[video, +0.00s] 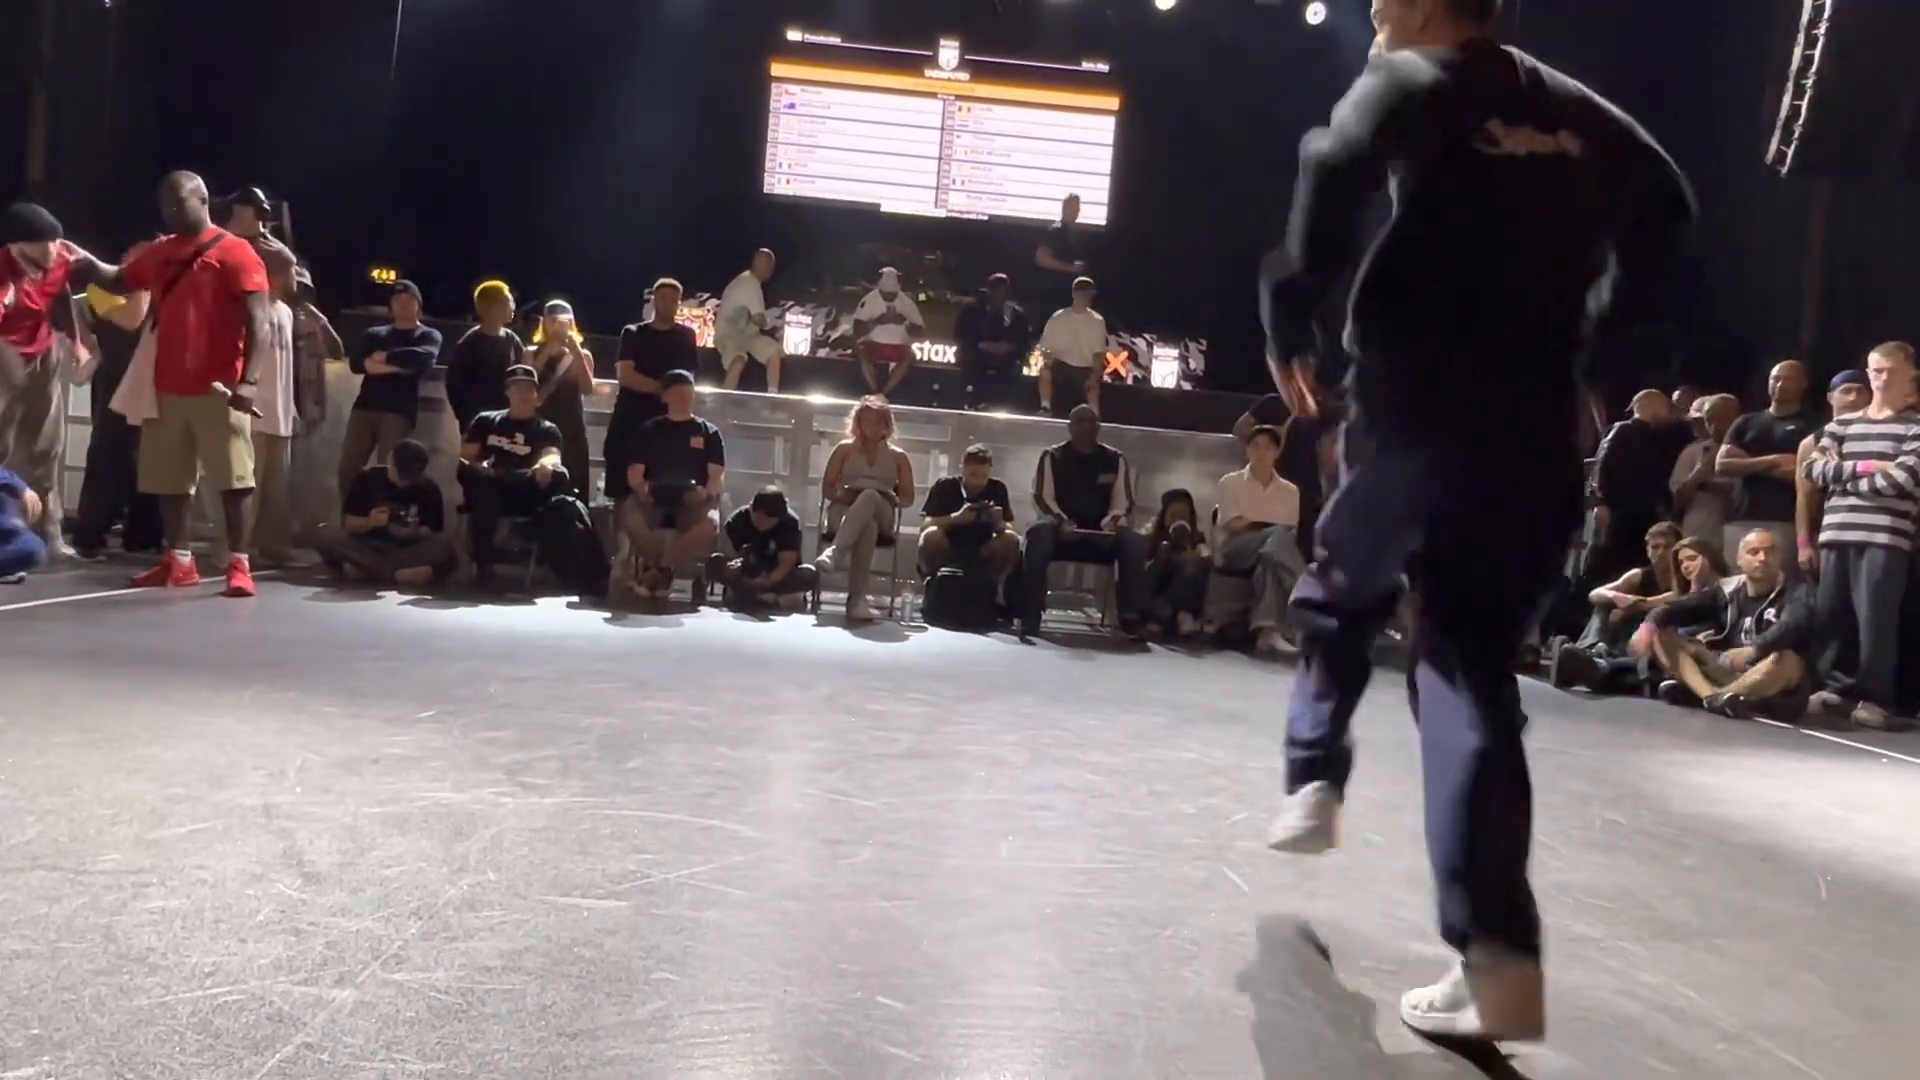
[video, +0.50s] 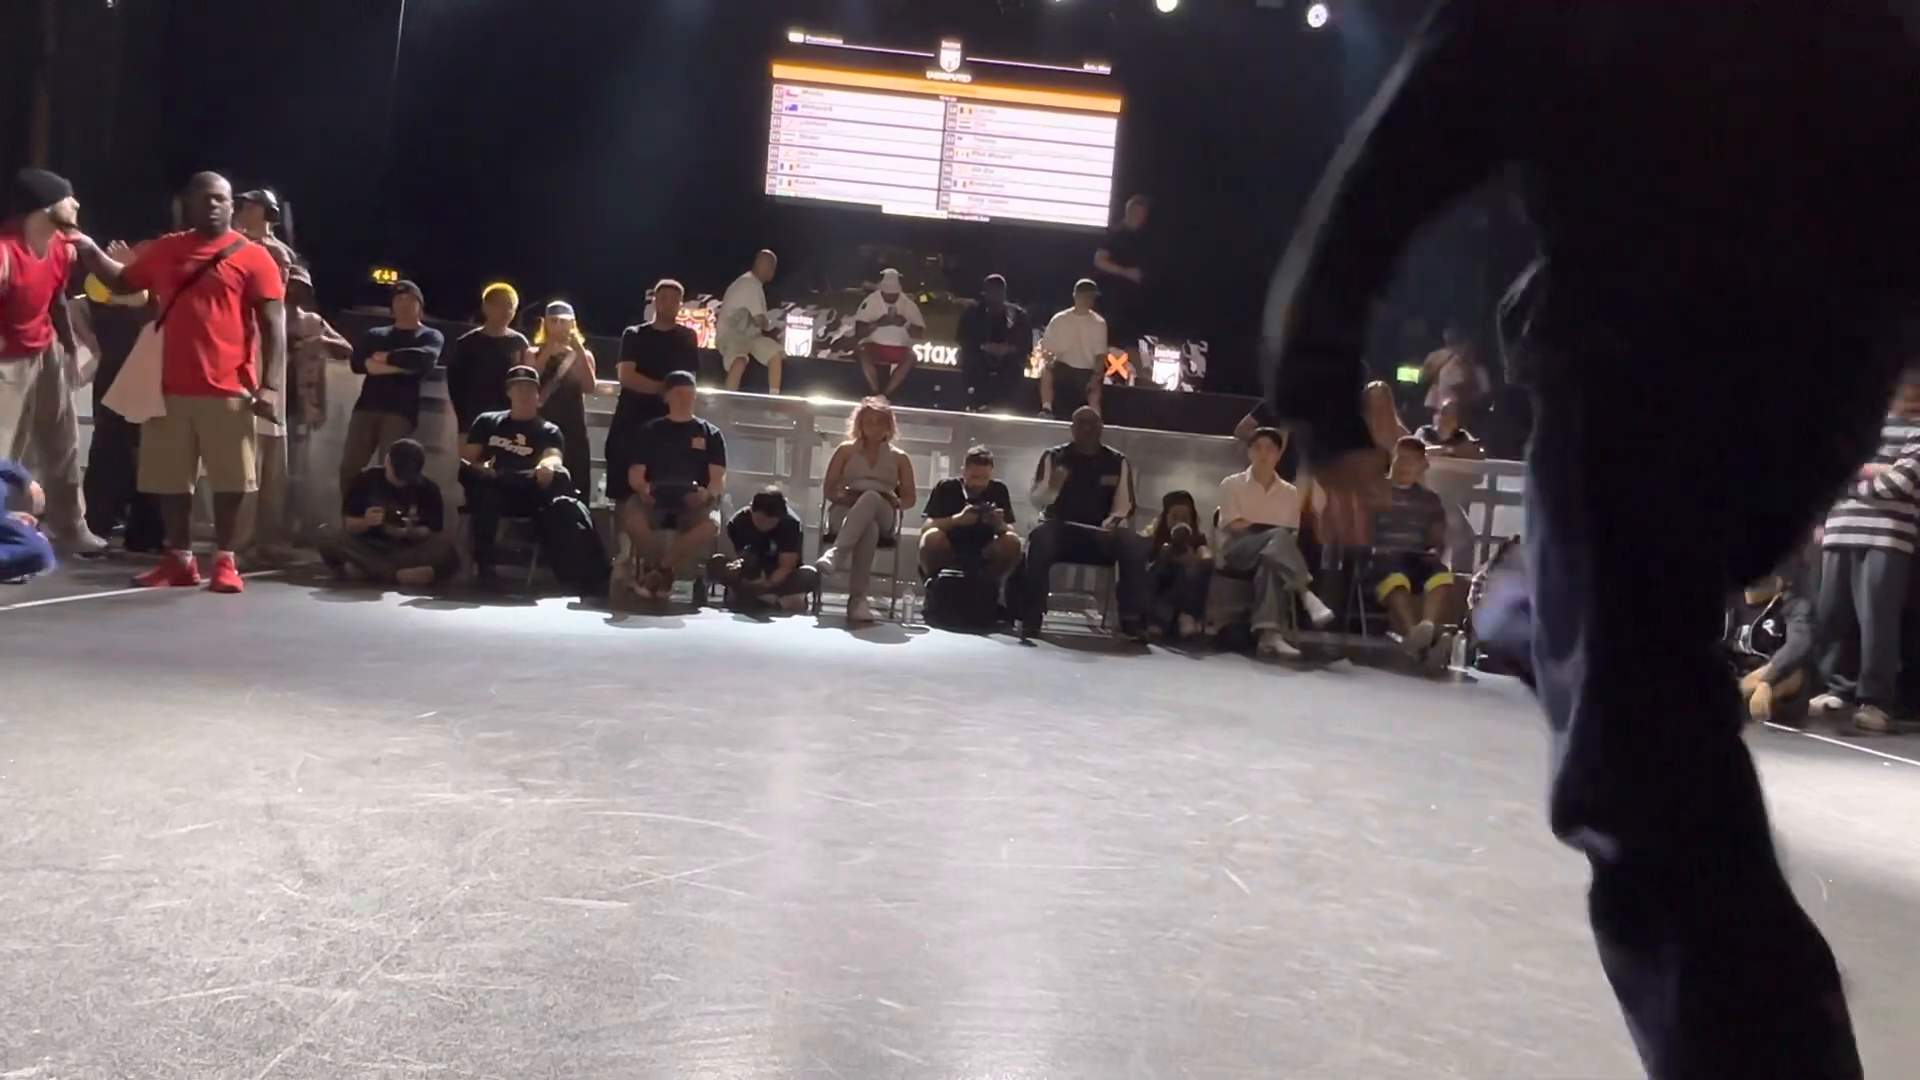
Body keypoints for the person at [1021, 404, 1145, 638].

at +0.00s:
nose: (1086, 427)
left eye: (1091, 422)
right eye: (1079, 422)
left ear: (1099, 426)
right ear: (1069, 426)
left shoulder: (1115, 459)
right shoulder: (1052, 456)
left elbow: (1122, 501)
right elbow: (1044, 497)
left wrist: (1113, 519)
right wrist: (1060, 520)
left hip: (1100, 536)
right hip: (1066, 534)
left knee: (1131, 540)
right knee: (1039, 533)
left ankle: (1130, 618)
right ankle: (1030, 619)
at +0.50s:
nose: (1087, 429)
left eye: (1093, 423)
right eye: (1081, 423)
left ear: (1102, 428)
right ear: (1071, 428)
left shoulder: (1118, 462)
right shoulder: (1053, 457)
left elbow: (1123, 503)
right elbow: (1037, 500)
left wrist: (1114, 519)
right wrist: (1053, 486)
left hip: (1099, 535)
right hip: (1062, 533)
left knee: (1132, 541)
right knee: (1040, 536)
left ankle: (1132, 619)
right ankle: (1031, 619)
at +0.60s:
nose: (1088, 429)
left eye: (1093, 423)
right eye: (1082, 423)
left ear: (1102, 428)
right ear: (1072, 428)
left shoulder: (1119, 462)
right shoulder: (1056, 454)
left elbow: (1123, 502)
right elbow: (1037, 495)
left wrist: (1115, 519)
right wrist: (1054, 463)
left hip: (1099, 535)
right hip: (1062, 533)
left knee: (1132, 541)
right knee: (1042, 534)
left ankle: (1132, 619)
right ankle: (1032, 619)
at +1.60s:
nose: (1081, 433)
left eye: (1087, 427)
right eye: (1075, 427)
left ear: (1095, 432)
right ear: (1066, 430)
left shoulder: (1112, 465)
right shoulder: (1047, 457)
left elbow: (1116, 508)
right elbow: (1029, 501)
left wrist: (1105, 524)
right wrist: (1041, 484)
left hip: (1090, 537)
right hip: (1053, 535)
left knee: (1123, 543)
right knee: (1033, 538)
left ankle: (1123, 621)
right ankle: (1023, 621)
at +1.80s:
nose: (1075, 437)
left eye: (1082, 431)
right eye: (1070, 431)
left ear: (1091, 433)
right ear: (1063, 432)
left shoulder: (1109, 467)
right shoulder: (1044, 461)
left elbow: (1114, 509)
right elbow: (1030, 502)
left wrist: (1106, 523)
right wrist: (1043, 516)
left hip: (1090, 538)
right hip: (1054, 535)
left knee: (1122, 545)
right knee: (1028, 540)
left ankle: (1121, 624)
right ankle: (1022, 624)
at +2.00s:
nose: (1072, 436)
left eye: (1077, 430)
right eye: (1066, 430)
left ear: (1086, 432)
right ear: (1057, 432)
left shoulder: (1102, 465)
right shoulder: (1038, 460)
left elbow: (1109, 508)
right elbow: (1024, 500)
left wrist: (1100, 522)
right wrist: (1040, 518)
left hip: (1085, 536)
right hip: (1049, 534)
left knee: (1112, 544)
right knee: (1023, 539)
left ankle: (1104, 626)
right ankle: (1019, 622)